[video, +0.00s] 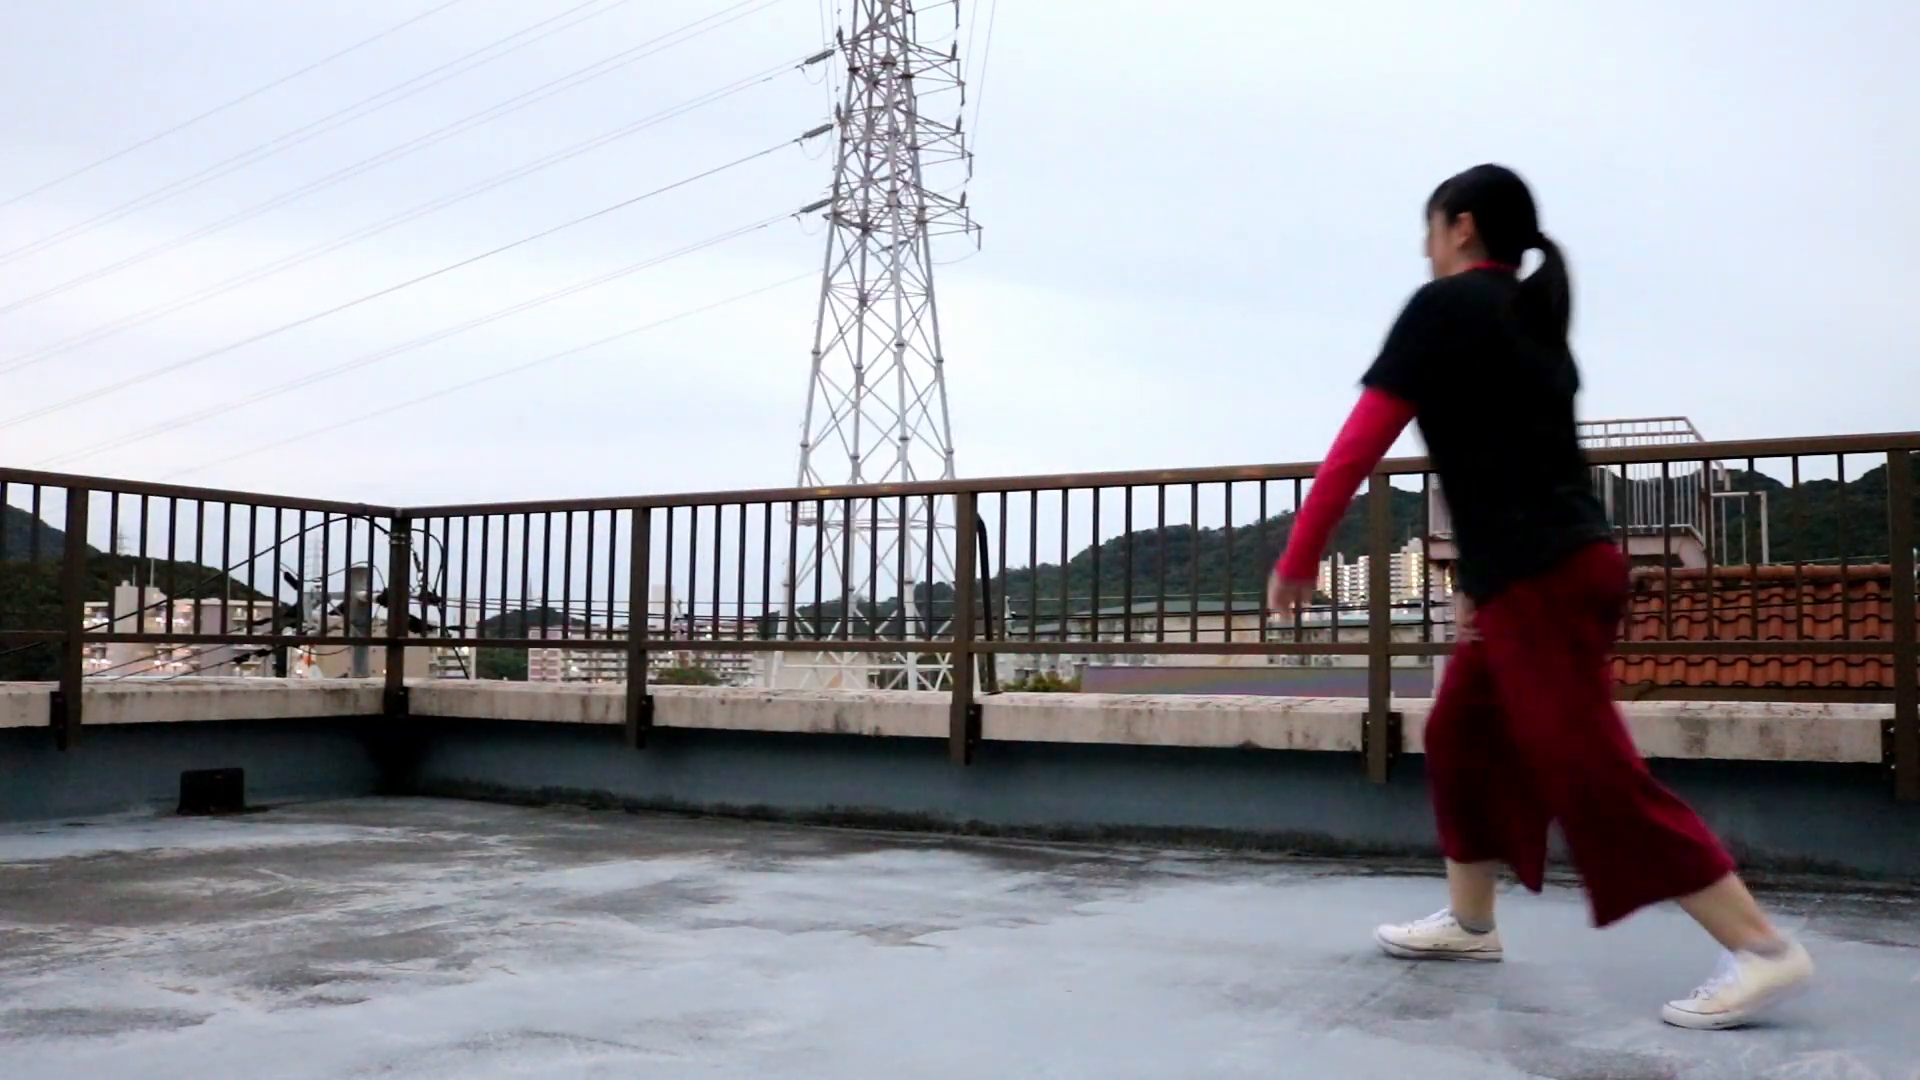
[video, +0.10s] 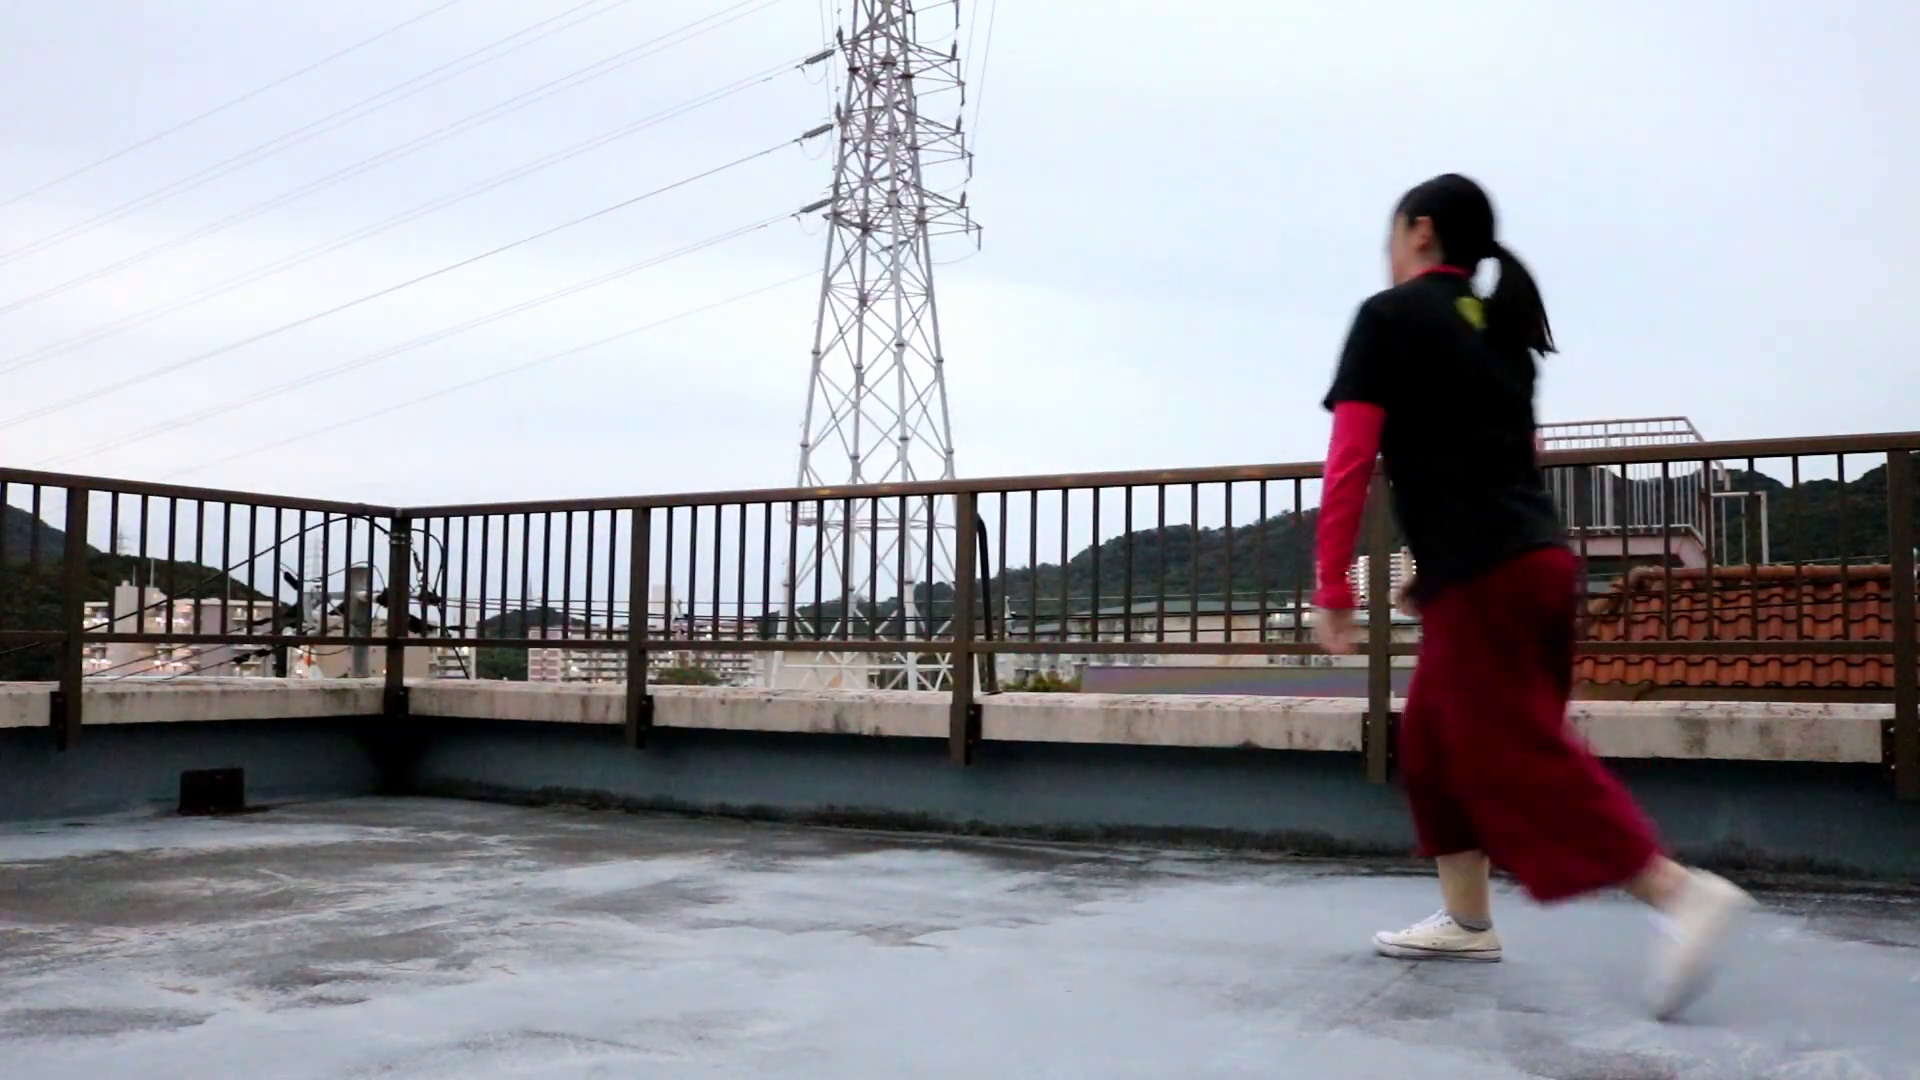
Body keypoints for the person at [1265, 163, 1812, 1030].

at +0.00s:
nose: (1426, 245)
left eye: (1432, 230)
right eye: (1430, 230)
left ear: (1463, 231)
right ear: (1502, 238)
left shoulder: (1438, 309)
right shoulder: (1530, 313)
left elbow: (1357, 447)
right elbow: (1538, 455)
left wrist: (1299, 555)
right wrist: (1493, 581)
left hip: (1534, 576)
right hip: (1574, 561)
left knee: (1591, 766)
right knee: (1456, 733)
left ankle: (1764, 949)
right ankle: (1470, 920)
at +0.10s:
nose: (1389, 241)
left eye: (1395, 227)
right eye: (1394, 226)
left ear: (1420, 234)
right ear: (1463, 245)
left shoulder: (1390, 316)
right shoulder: (1493, 326)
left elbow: (1350, 458)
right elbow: (1520, 453)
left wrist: (1330, 583)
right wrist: (1444, 561)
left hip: (1484, 572)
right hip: (1537, 560)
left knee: (1498, 744)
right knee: (1432, 729)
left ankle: (1684, 895)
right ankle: (1467, 920)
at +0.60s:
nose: (1146, 252)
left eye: (1152, 237)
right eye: (1150, 237)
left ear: (1177, 239)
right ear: (1208, 244)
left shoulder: (1194, 325)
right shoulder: (1222, 321)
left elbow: (1211, 456)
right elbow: (1224, 461)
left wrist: (1243, 569)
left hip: (1194, 586)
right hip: (1233, 581)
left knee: (1128, 731)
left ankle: (1135, 911)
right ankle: (1368, 847)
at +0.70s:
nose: (1106, 246)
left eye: (1111, 231)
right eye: (1109, 231)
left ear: (1141, 232)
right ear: (1166, 236)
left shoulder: (1157, 324)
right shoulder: (1182, 318)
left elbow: (1136, 465)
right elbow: (1169, 464)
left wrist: (1102, 582)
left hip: (1171, 568)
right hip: (1196, 562)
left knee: (1113, 725)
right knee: (1121, 720)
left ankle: (1135, 910)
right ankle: (1236, 818)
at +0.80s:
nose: (1067, 232)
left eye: (1077, 219)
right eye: (1069, 219)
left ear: (1118, 227)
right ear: (1121, 229)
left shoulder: (1128, 314)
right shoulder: (1122, 311)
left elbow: (1085, 439)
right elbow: (1123, 461)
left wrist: (991, 501)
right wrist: (1063, 557)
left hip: (1137, 563)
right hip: (1101, 560)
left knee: (1115, 722)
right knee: (1007, 704)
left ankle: (1136, 911)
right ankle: (1084, 858)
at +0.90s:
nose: (1032, 220)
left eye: (1048, 207)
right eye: (1033, 208)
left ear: (1099, 222)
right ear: (1077, 226)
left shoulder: (1100, 310)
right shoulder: (1076, 312)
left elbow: (1045, 412)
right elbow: (1076, 459)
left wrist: (945, 430)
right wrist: (1002, 533)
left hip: (1102, 559)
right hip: (1041, 556)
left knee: (1097, 728)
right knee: (977, 714)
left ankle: (1137, 914)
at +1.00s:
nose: (1008, 220)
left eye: (1029, 209)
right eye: (1003, 207)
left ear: (1072, 230)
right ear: (995, 224)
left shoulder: (1068, 314)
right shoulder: (1018, 323)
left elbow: (1023, 412)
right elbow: (1003, 466)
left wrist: (919, 410)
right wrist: (937, 539)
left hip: (1059, 569)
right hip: (986, 568)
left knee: (1067, 734)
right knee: (937, 726)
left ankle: (1131, 905)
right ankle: (878, 916)